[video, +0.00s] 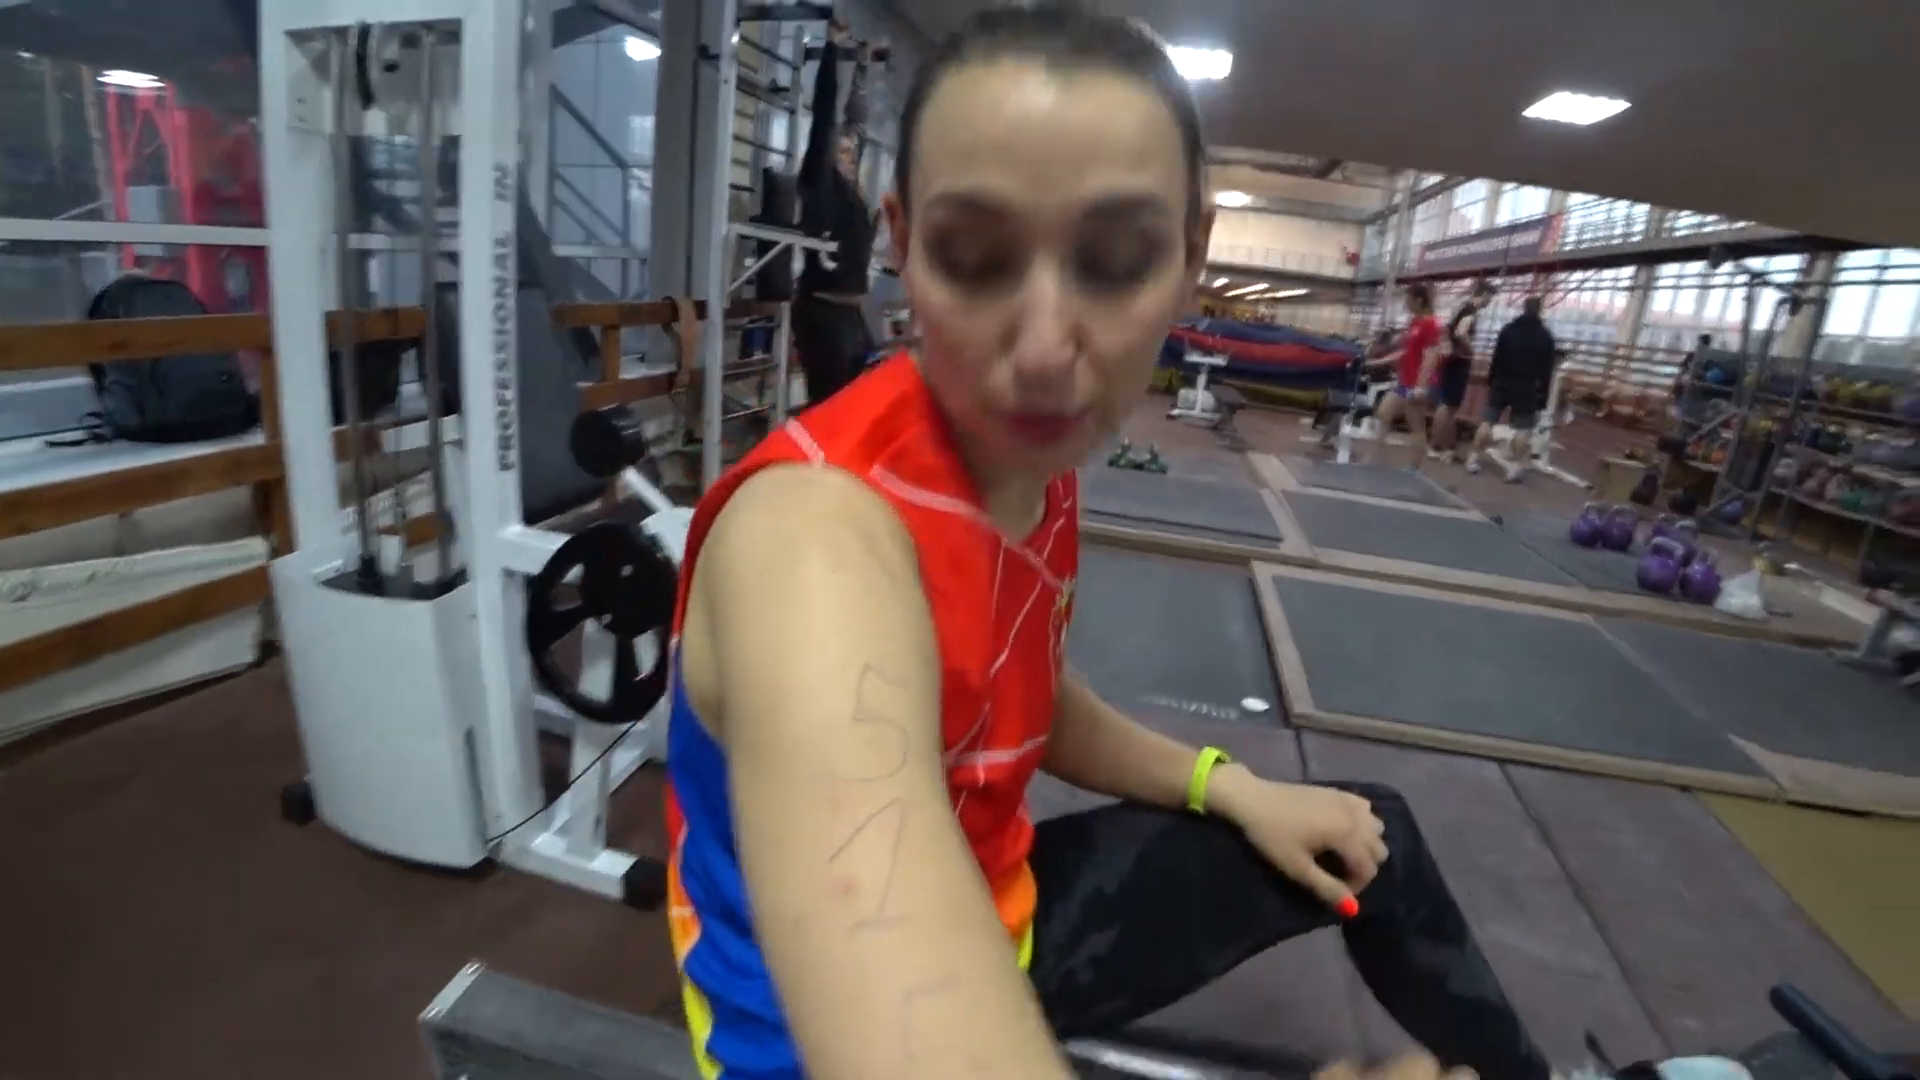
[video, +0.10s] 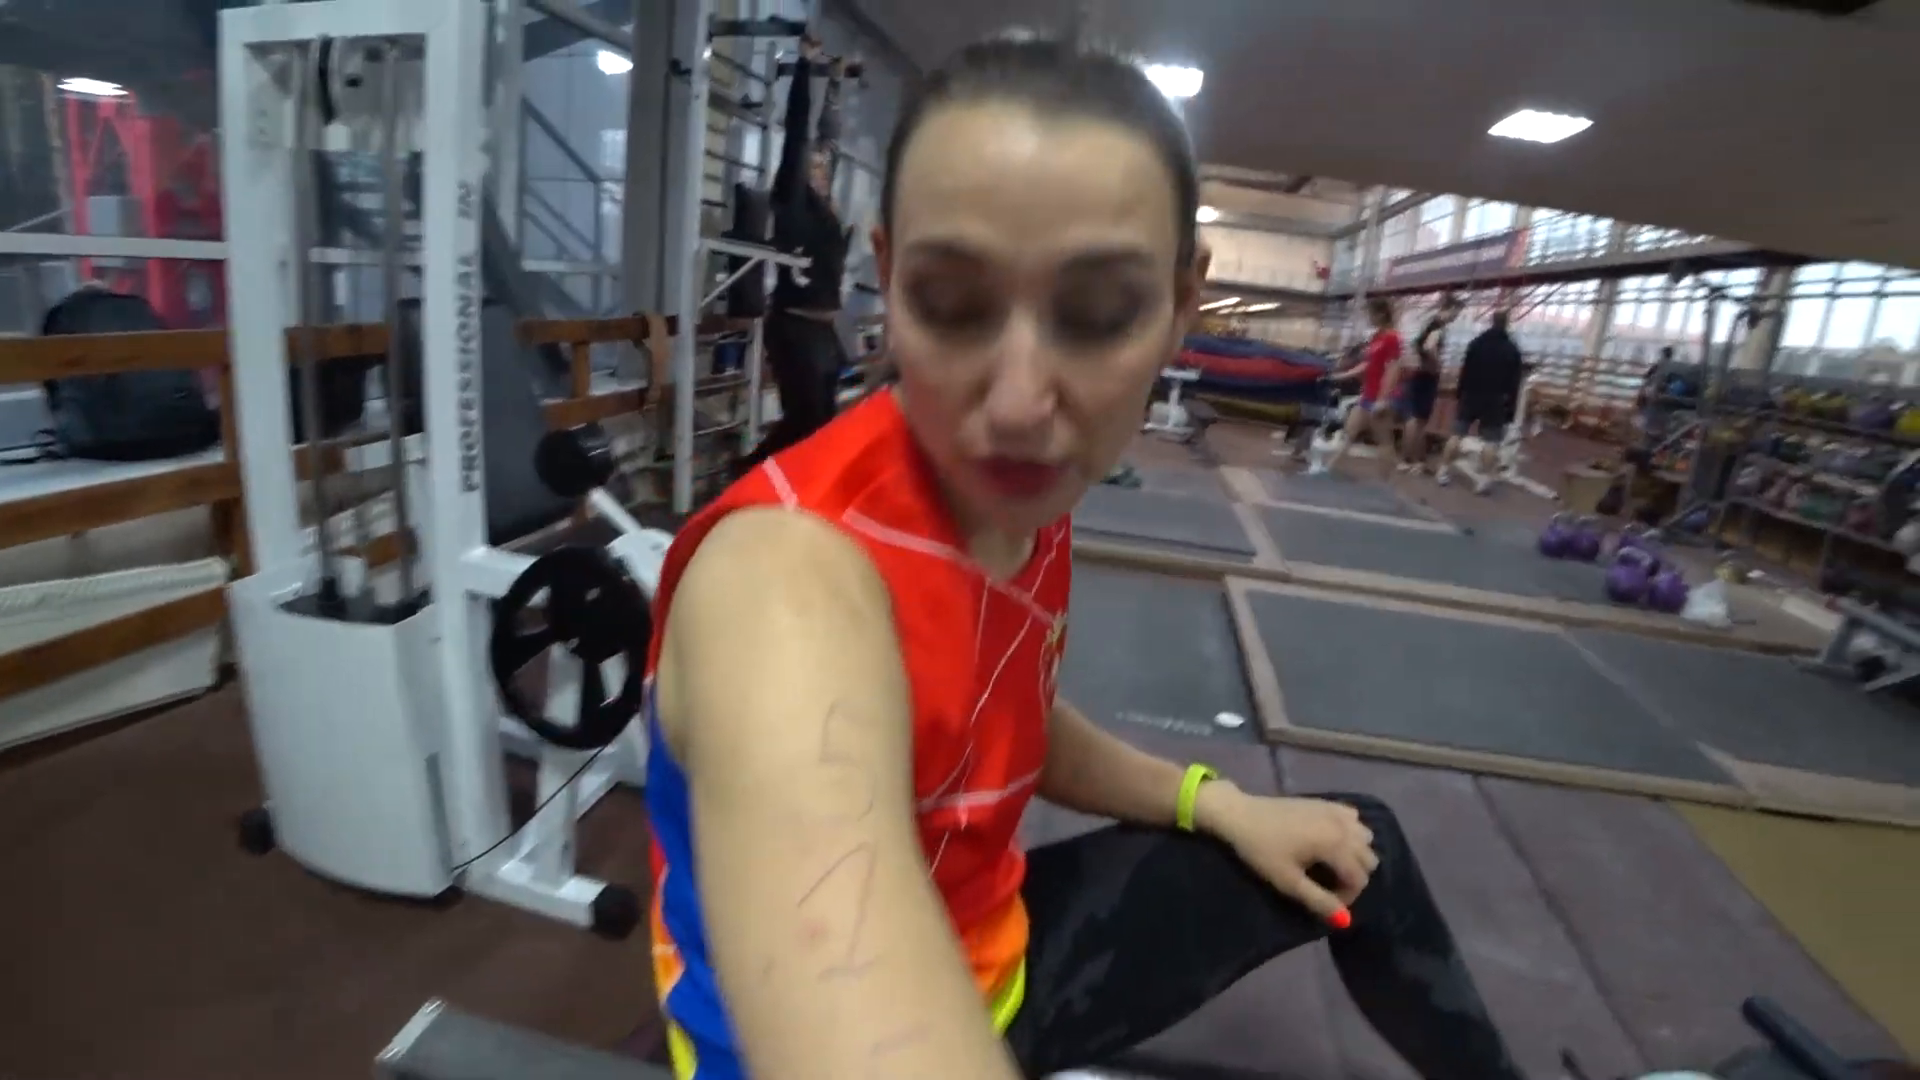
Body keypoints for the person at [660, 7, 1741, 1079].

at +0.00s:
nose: (1044, 349)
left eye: (1114, 262)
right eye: (976, 260)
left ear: (1193, 257)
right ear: (901, 245)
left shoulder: (1023, 455)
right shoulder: (813, 547)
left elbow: (1031, 705)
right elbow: (941, 1059)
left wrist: (1234, 791)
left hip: (995, 926)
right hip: (827, 1042)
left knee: (1362, 827)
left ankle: (1519, 1074)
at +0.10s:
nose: (1018, 404)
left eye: (1096, 315)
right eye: (952, 307)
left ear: (1184, 299)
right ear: (885, 280)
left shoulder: (1015, 492)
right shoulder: (785, 588)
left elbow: (1013, 722)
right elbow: (878, 1056)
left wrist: (1217, 808)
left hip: (999, 960)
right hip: (819, 1040)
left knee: (1354, 846)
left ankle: (1484, 1065)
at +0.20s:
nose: (984, 435)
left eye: (1070, 347)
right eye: (920, 336)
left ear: (1167, 334)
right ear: (862, 297)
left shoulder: (1006, 522)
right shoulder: (762, 622)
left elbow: (993, 738)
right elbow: (823, 1054)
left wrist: (1205, 821)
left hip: (990, 986)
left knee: (1344, 859)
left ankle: (1452, 1066)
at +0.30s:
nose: (962, 449)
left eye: (1050, 358)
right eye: (897, 345)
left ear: (1152, 342)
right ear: (840, 302)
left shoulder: (999, 532)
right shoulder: (739, 645)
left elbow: (982, 752)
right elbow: (791, 1053)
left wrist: (1200, 829)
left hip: (982, 993)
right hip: (815, 1048)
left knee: (1335, 865)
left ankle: (1422, 1061)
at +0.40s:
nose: (961, 436)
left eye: (1048, 344)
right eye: (891, 330)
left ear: (1145, 338)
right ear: (826, 301)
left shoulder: (984, 527)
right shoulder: (721, 638)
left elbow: (986, 763)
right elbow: (778, 1053)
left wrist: (1195, 826)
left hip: (978, 1002)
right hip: (809, 1050)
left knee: (1326, 861)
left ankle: (1413, 1065)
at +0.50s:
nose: (973, 385)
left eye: (1059, 285)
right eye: (900, 273)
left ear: (1154, 283)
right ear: (829, 257)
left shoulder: (979, 489)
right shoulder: (712, 599)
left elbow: (980, 754)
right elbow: (783, 1047)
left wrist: (1190, 808)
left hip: (975, 993)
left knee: (1324, 838)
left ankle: (1410, 1060)